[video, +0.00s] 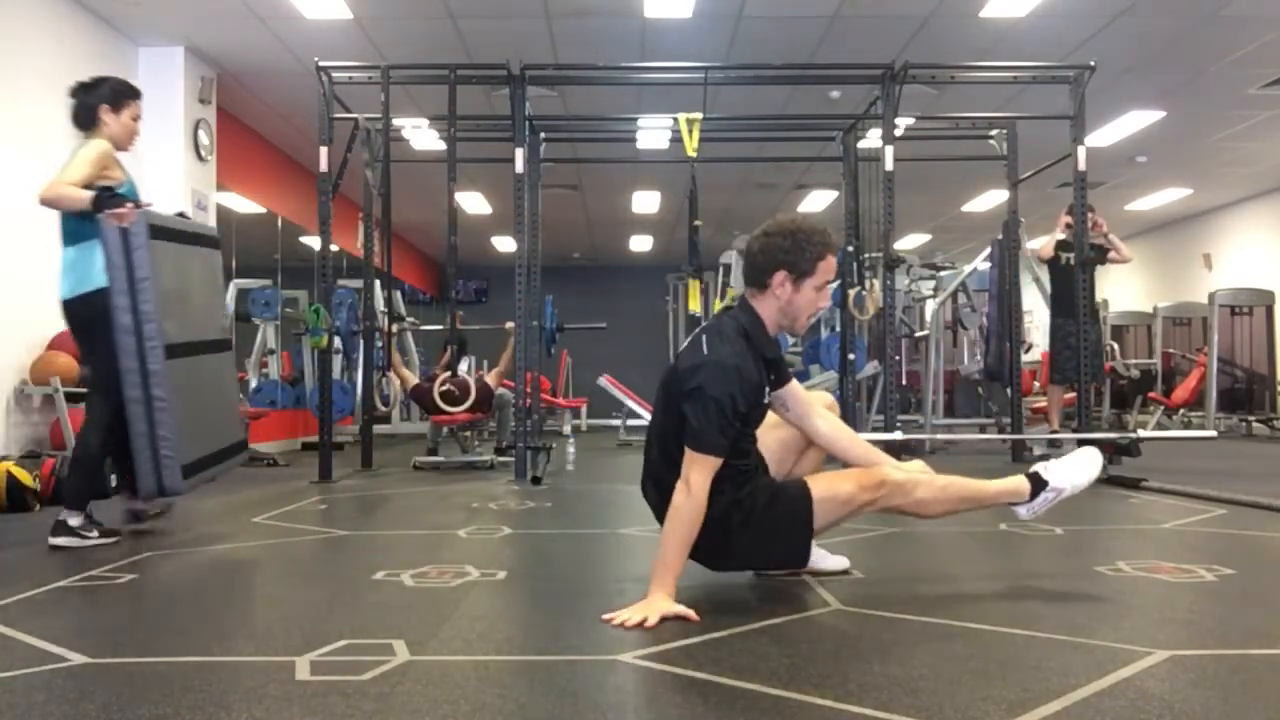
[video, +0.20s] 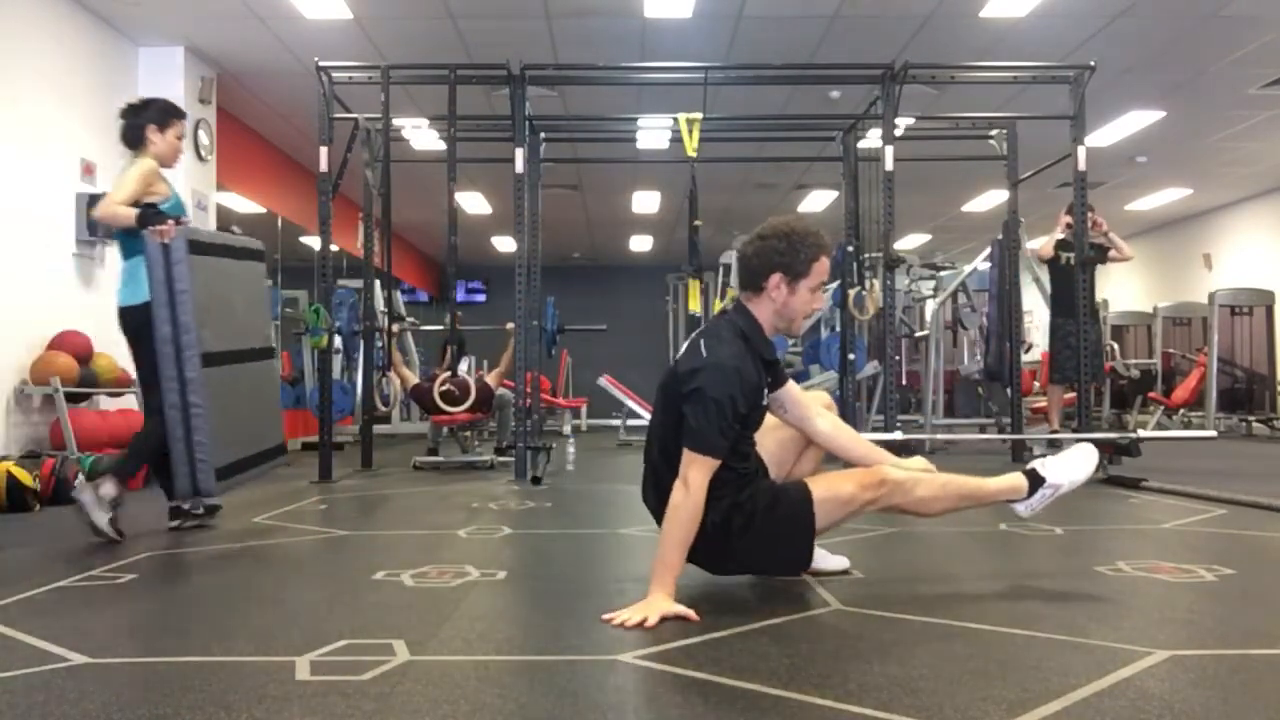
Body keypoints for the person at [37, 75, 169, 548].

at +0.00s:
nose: (138, 127)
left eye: (139, 118)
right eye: (133, 117)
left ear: (104, 115)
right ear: (106, 114)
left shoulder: (104, 158)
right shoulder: (97, 149)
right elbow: (52, 193)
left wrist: (131, 209)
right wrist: (102, 205)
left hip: (101, 294)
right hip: (94, 294)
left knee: (122, 396)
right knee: (108, 397)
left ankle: (136, 500)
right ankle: (72, 515)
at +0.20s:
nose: (181, 146)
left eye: (183, 138)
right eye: (177, 136)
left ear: (150, 136)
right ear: (152, 134)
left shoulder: (152, 176)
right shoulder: (145, 169)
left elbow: (122, 221)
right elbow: (104, 211)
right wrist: (146, 220)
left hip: (149, 304)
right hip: (148, 305)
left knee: (164, 407)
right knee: (167, 407)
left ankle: (182, 503)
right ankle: (106, 486)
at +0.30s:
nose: (204, 152)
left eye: (205, 143)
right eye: (200, 141)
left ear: (177, 139)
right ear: (173, 137)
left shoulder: (174, 179)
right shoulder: (163, 172)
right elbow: (120, 214)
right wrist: (158, 226)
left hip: (168, 299)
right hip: (162, 300)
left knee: (170, 393)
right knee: (173, 390)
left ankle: (179, 499)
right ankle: (153, 475)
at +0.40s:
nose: (224, 152)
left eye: (225, 144)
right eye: (220, 143)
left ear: (199, 142)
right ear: (195, 139)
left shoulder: (197, 183)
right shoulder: (180, 175)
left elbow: (214, 235)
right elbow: (136, 215)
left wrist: (267, 222)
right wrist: (170, 228)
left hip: (194, 304)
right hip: (176, 305)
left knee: (190, 396)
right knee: (182, 396)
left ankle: (189, 495)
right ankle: (181, 495)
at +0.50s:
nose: (244, 157)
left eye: (245, 150)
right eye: (240, 148)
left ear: (217, 147)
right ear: (216, 145)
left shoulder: (215, 189)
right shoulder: (199, 181)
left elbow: (234, 230)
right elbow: (154, 220)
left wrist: (280, 225)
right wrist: (186, 236)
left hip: (216, 308)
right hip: (194, 309)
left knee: (238, 396)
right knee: (190, 400)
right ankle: (182, 497)